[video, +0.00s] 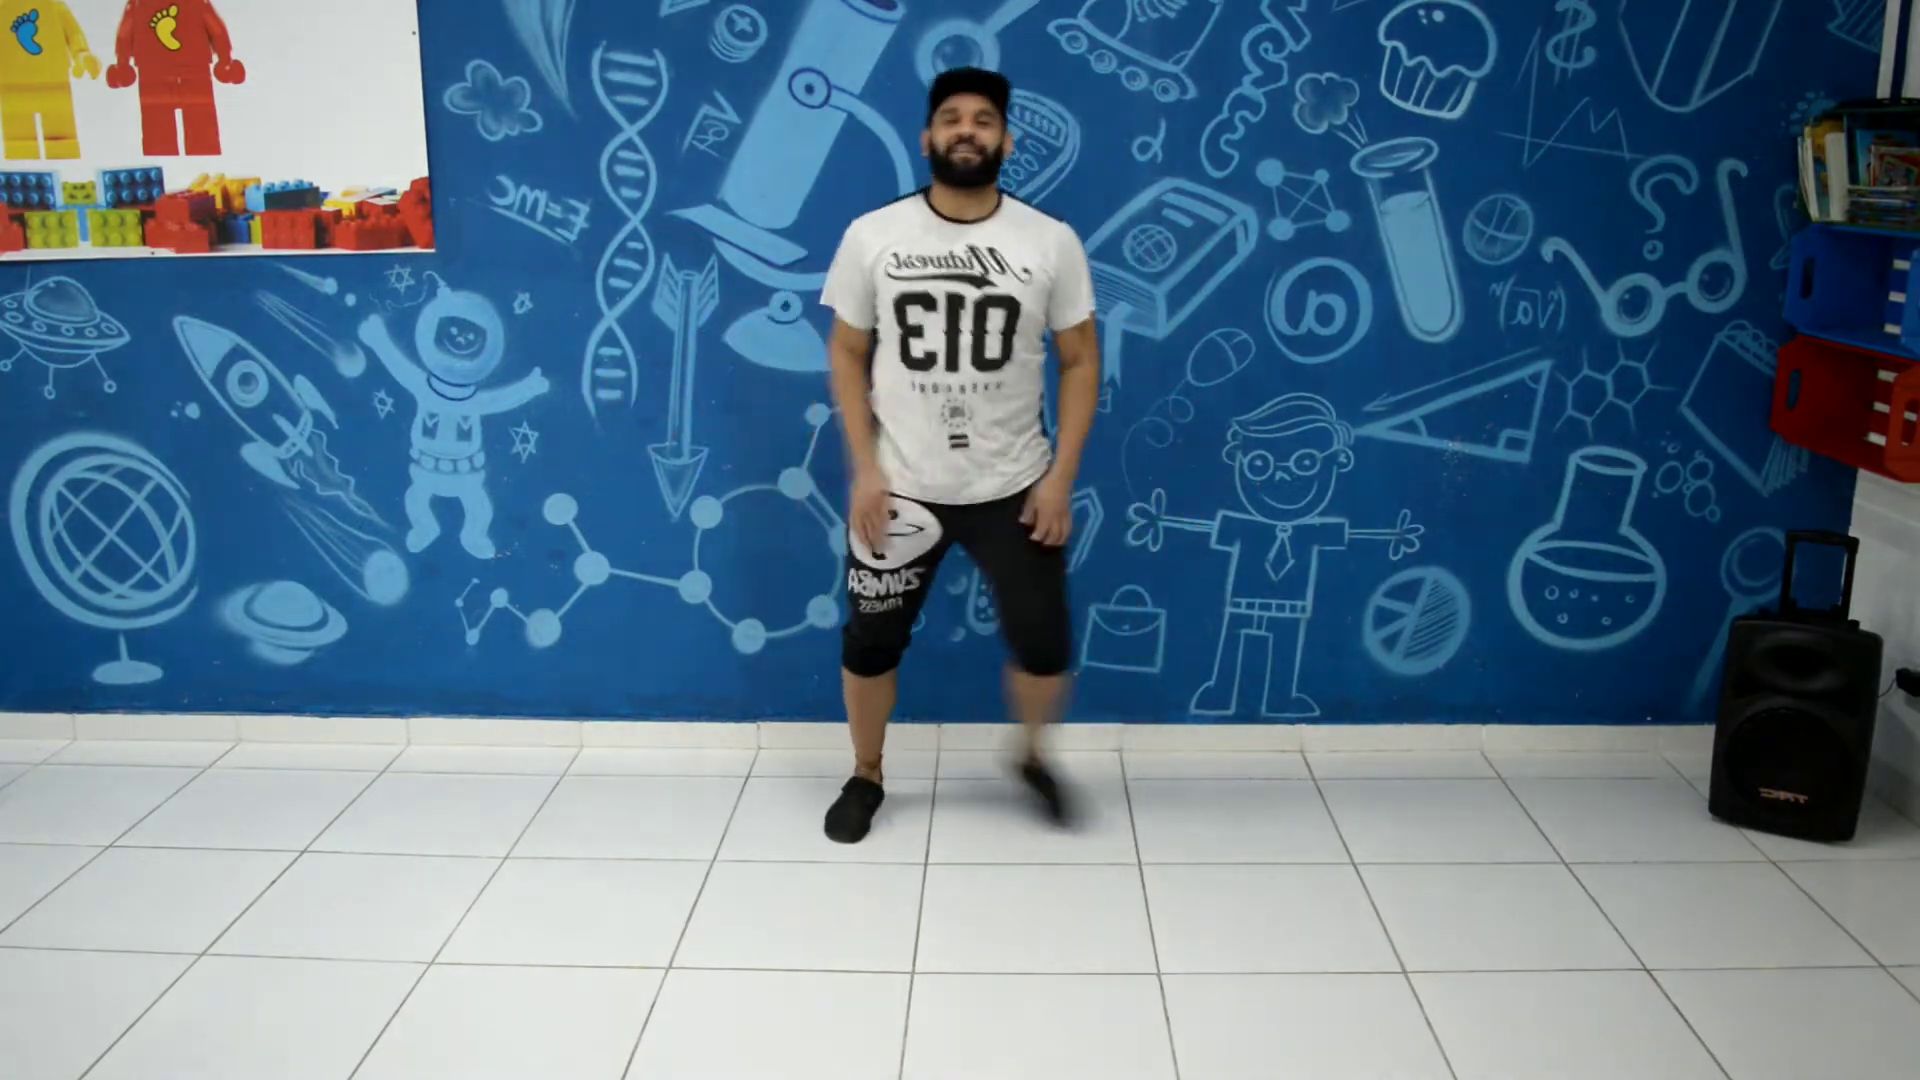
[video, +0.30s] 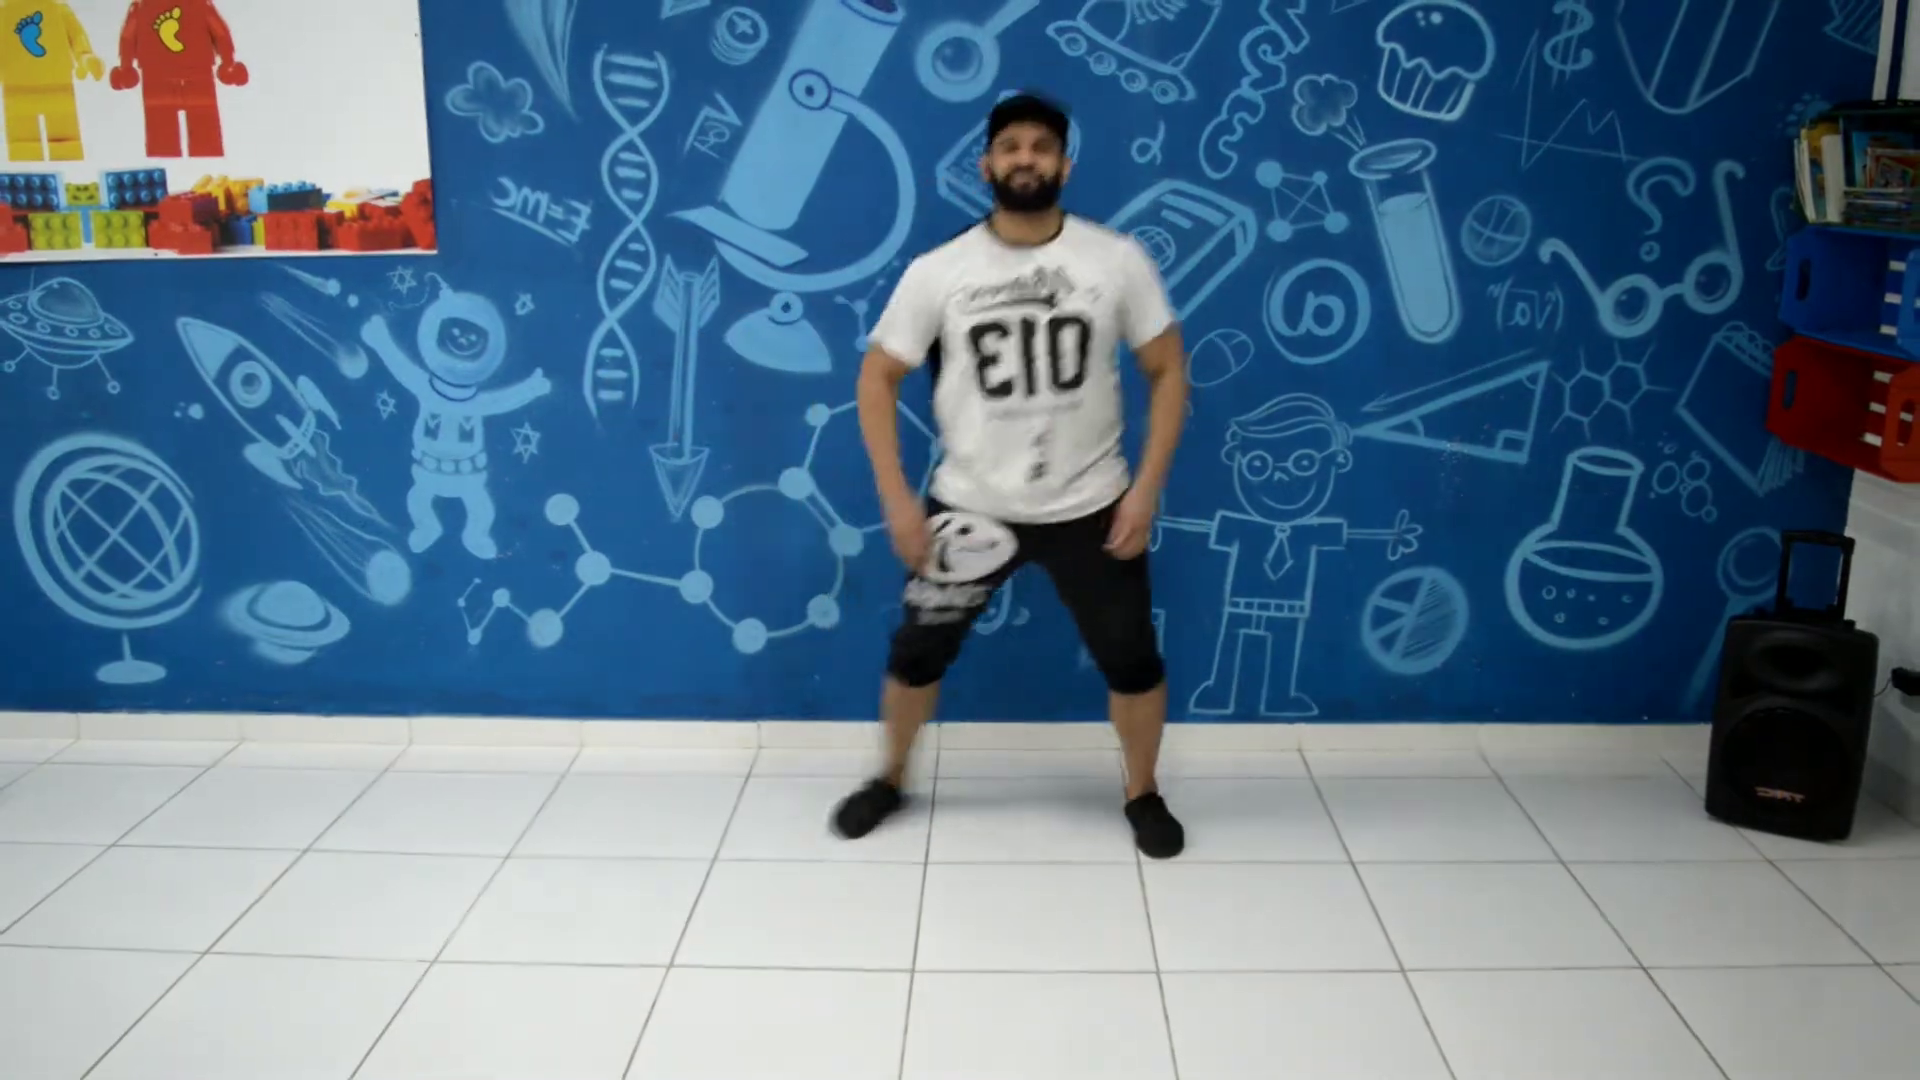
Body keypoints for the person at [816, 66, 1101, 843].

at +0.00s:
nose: (966, 131)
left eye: (983, 121)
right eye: (951, 120)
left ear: (1005, 142)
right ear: (928, 138)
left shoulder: (1051, 244)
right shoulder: (872, 238)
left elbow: (1080, 364)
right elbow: (848, 357)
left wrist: (1061, 476)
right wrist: (864, 471)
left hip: (1013, 485)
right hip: (902, 483)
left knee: (1045, 641)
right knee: (870, 640)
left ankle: (1031, 756)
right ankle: (865, 775)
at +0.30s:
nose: (1025, 159)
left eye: (1042, 148)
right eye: (1010, 147)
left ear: (1065, 165)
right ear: (987, 163)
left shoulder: (1115, 262)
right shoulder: (936, 275)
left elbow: (1170, 372)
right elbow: (875, 379)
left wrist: (1148, 488)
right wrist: (898, 501)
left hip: (1089, 504)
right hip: (972, 506)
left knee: (1134, 660)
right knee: (917, 650)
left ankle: (1144, 792)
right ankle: (891, 779)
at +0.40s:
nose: (1044, 133)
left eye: (1060, 123)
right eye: (1029, 123)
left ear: (1083, 140)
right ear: (1006, 142)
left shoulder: (1137, 234)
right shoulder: (954, 247)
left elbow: (1182, 345)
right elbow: (909, 358)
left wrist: (1169, 448)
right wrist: (947, 461)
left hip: (1109, 485)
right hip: (995, 485)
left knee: (1133, 647)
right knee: (956, 646)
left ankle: (1144, 788)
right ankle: (991, 750)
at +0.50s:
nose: (1057, 143)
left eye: (1072, 131)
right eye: (1042, 131)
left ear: (1095, 147)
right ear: (1020, 148)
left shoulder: (1146, 241)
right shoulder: (973, 254)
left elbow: (1171, 356)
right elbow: (960, 380)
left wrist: (1141, 401)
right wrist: (1023, 418)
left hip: (1123, 489)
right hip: (1017, 490)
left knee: (1145, 654)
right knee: (1005, 658)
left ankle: (1146, 788)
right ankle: (1090, 724)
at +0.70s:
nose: (1060, 169)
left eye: (1074, 153)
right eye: (1044, 154)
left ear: (1100, 157)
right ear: (1021, 162)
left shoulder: (1148, 253)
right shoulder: (976, 264)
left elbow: (1182, 359)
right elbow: (945, 373)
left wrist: (1199, 409)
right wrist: (963, 413)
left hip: (1127, 496)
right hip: (1022, 502)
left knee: (1148, 656)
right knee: (1017, 671)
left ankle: (1148, 790)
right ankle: (1097, 738)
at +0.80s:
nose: (1045, 148)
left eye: (1059, 132)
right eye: (1027, 136)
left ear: (1082, 139)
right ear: (1005, 148)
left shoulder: (1138, 235)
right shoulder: (959, 250)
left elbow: (1195, 327)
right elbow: (904, 347)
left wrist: (1232, 395)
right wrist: (870, 416)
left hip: (1110, 487)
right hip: (999, 487)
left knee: (1132, 647)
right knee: (960, 655)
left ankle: (1146, 791)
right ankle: (1004, 745)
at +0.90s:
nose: (1024, 160)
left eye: (1037, 145)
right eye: (1006, 149)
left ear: (1063, 157)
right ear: (983, 168)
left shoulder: (1119, 247)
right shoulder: (938, 263)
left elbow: (1185, 315)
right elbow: (857, 333)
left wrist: (1240, 381)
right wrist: (780, 400)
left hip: (1093, 500)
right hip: (977, 501)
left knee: (1134, 662)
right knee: (908, 655)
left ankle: (1145, 798)